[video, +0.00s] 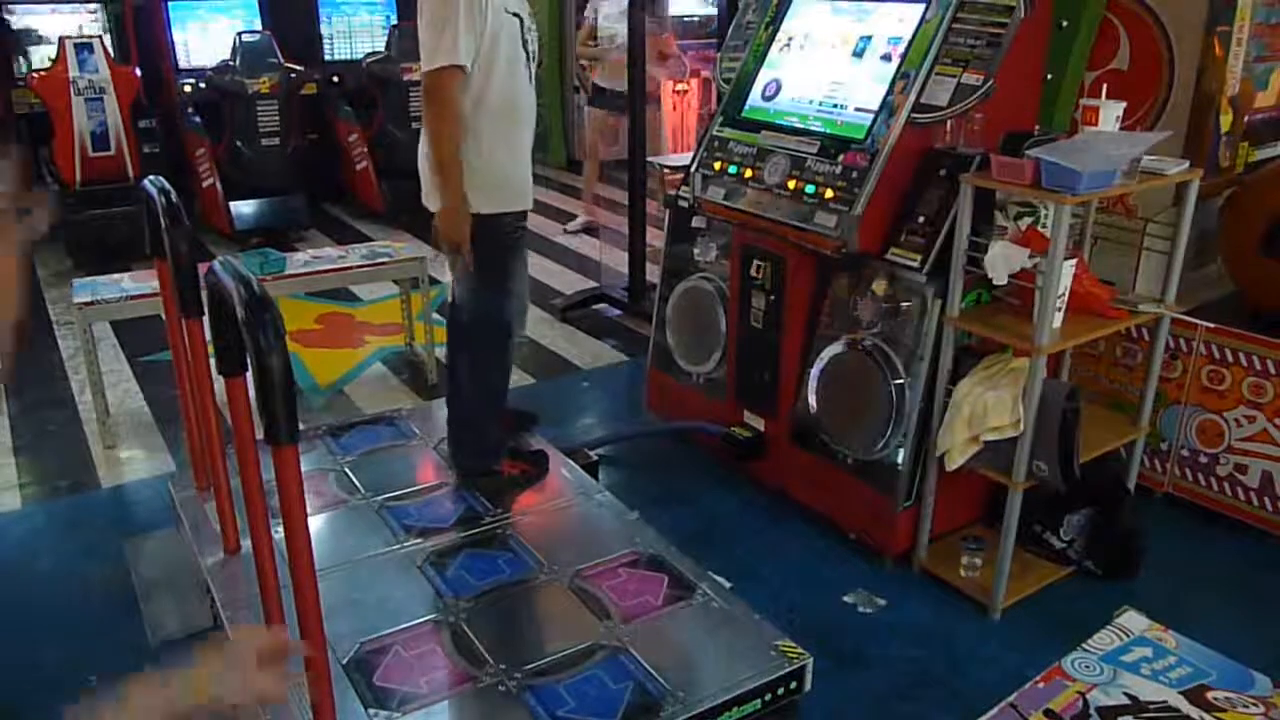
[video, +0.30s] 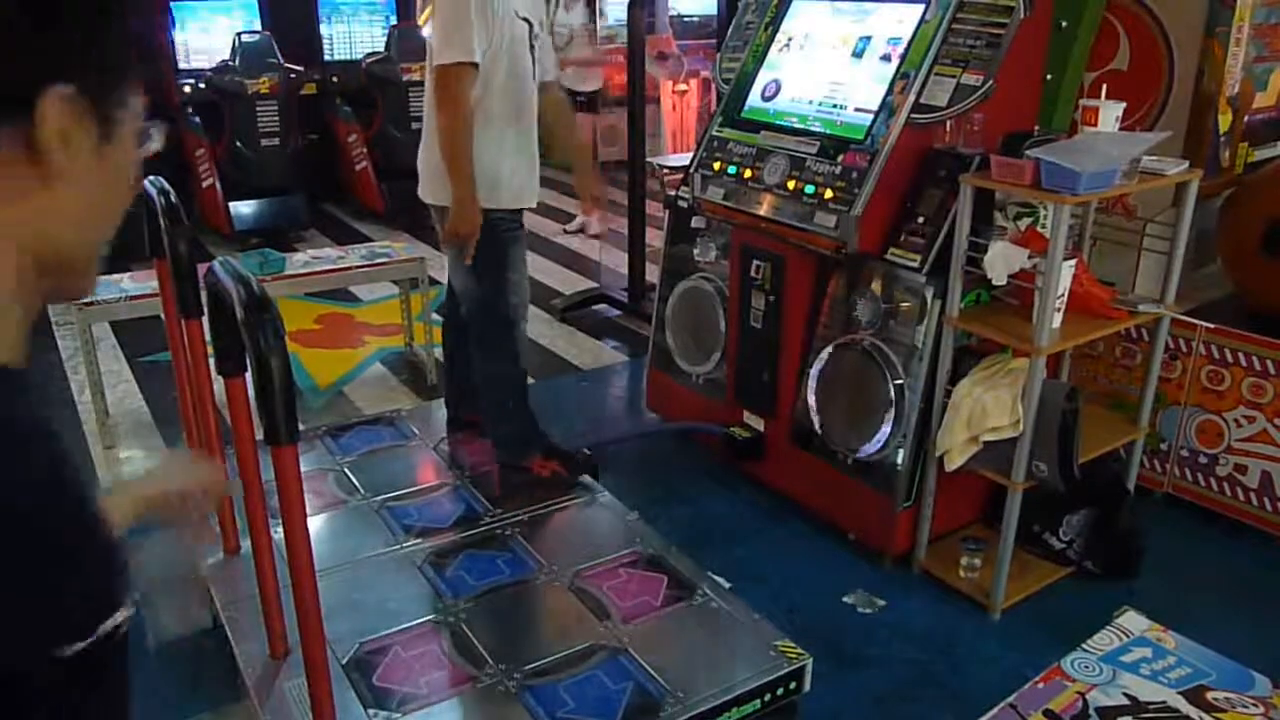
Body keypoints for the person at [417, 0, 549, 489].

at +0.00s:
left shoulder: (509, 7)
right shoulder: (453, 4)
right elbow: (440, 88)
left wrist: (509, 187)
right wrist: (452, 201)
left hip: (503, 193)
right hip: (478, 199)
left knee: (496, 320)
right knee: (482, 329)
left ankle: (488, 418)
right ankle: (477, 463)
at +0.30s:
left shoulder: (534, 8)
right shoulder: (465, 4)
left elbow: (547, 92)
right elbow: (449, 93)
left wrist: (581, 163)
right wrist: (463, 197)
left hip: (501, 185)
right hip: (474, 191)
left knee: (468, 314)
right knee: (501, 324)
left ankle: (468, 425)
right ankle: (519, 456)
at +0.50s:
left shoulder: (550, 8)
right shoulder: (473, 5)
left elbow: (590, 82)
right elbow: (461, 98)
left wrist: (648, 137)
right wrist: (481, 203)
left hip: (524, 190)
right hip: (489, 195)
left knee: (485, 310)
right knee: (512, 327)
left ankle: (470, 412)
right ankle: (531, 452)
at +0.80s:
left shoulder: (574, 5)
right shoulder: (482, 4)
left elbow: (616, 68)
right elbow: (469, 98)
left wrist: (681, 134)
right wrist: (497, 212)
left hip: (553, 195)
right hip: (507, 202)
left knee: (523, 325)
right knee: (521, 333)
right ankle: (531, 454)